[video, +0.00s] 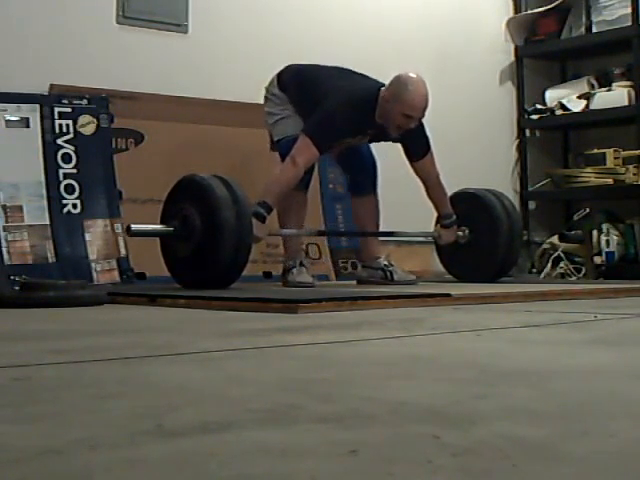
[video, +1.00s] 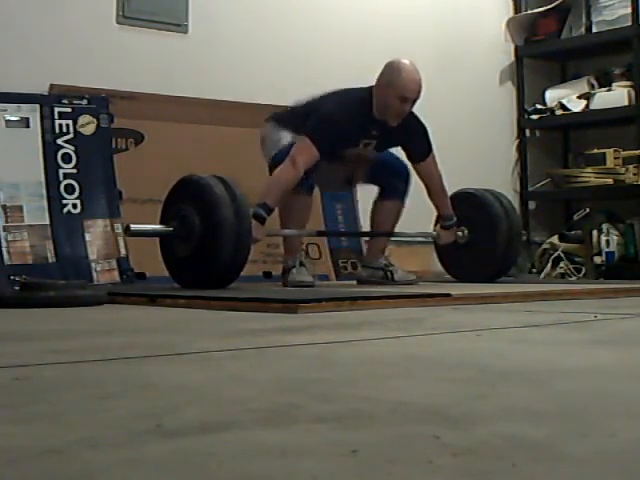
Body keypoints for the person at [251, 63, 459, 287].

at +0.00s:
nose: (411, 126)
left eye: (417, 120)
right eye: (407, 117)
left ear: (422, 114)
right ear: (385, 100)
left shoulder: (408, 122)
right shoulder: (346, 109)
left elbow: (429, 175)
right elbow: (296, 162)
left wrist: (448, 218)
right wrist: (260, 212)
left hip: (334, 107)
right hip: (288, 98)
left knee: (363, 167)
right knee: (298, 170)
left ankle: (371, 263)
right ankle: (295, 265)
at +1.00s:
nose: (405, 109)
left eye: (412, 103)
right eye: (401, 100)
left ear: (417, 100)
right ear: (380, 88)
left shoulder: (410, 127)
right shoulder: (342, 110)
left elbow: (432, 177)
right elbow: (295, 163)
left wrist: (448, 220)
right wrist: (259, 215)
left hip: (337, 151)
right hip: (286, 134)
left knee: (396, 174)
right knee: (298, 173)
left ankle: (374, 263)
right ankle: (293, 266)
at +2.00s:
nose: (404, 7)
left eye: (406, 2)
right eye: (394, 1)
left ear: (408, 10)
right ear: (371, 6)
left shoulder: (399, 62)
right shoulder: (340, 44)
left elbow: (417, 106)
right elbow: (291, 89)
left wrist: (439, 154)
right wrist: (261, 134)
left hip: (341, 119)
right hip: (296, 112)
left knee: (380, 168)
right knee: (294, 159)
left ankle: (374, 262)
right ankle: (291, 263)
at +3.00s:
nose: (373, 82)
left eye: (375, 77)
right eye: (364, 75)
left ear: (378, 83)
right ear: (340, 83)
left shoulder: (377, 112)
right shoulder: (312, 103)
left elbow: (420, 80)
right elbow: (272, 63)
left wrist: (444, 50)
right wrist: (240, 17)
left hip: (350, 220)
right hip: (305, 218)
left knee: (405, 184)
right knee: (303, 178)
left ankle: (370, 264)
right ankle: (287, 264)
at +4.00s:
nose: (395, 14)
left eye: (397, 8)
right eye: (385, 7)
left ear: (399, 13)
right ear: (362, 13)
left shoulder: (393, 43)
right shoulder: (328, 30)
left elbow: (438, 13)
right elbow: (286, 2)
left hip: (346, 143)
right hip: (297, 130)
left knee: (407, 178)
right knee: (305, 163)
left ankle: (370, 263)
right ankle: (285, 262)